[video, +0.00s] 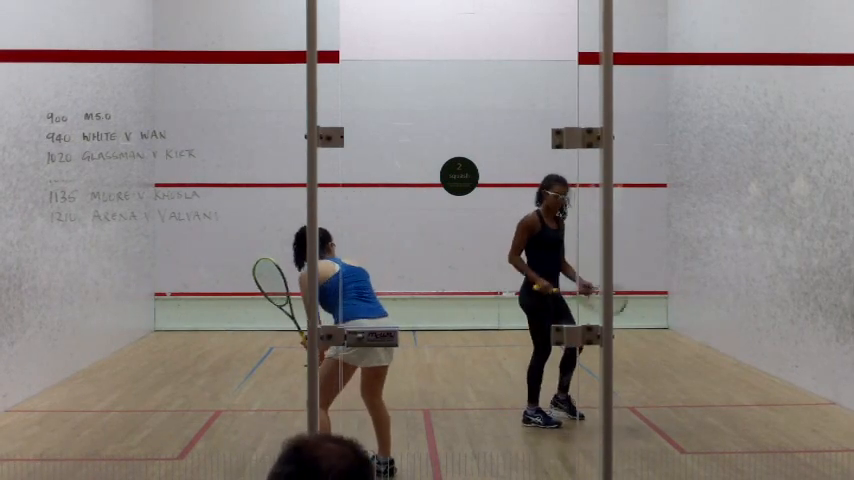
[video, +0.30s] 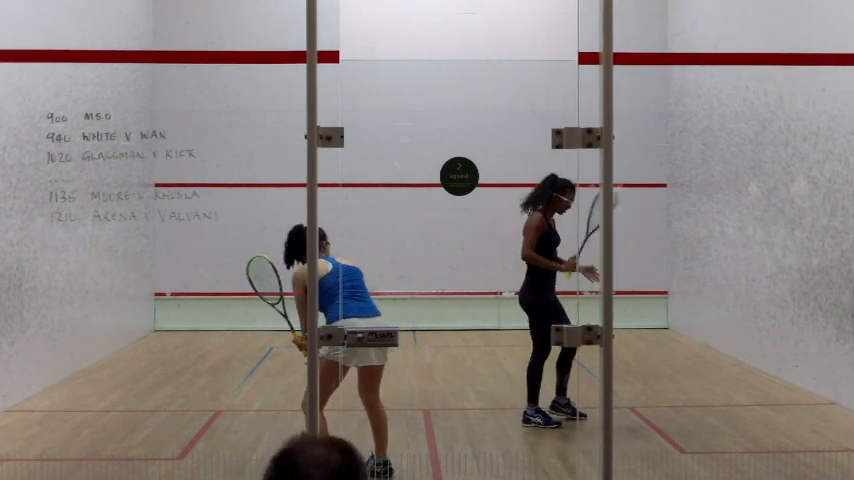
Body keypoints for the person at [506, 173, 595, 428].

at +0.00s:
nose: (563, 201)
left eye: (565, 196)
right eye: (560, 196)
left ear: (562, 198)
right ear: (545, 194)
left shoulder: (558, 222)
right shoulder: (530, 222)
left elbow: (557, 259)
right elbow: (513, 257)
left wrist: (578, 280)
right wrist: (537, 280)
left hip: (553, 293)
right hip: (533, 295)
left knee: (574, 341)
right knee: (542, 349)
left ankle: (562, 397)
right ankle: (532, 409)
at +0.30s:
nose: (569, 206)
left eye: (571, 201)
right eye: (568, 200)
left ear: (557, 199)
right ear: (554, 197)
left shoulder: (548, 221)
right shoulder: (536, 220)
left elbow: (549, 261)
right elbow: (527, 254)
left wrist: (578, 269)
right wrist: (558, 267)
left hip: (546, 294)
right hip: (535, 296)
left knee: (570, 342)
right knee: (542, 349)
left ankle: (560, 401)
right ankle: (532, 410)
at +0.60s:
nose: (574, 206)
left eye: (575, 202)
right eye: (572, 201)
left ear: (560, 200)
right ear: (559, 198)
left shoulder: (551, 222)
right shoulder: (541, 222)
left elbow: (552, 259)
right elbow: (530, 256)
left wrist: (581, 270)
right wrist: (540, 291)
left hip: (548, 293)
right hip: (536, 295)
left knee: (570, 342)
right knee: (543, 349)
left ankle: (560, 402)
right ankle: (532, 410)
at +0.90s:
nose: (578, 203)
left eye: (579, 199)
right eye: (576, 198)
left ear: (568, 198)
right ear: (564, 197)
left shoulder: (560, 221)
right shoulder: (546, 221)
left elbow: (555, 258)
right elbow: (531, 255)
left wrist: (579, 269)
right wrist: (560, 278)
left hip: (552, 292)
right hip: (540, 293)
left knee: (574, 343)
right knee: (548, 349)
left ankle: (559, 401)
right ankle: (532, 410)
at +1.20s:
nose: (587, 204)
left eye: (586, 200)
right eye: (583, 200)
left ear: (566, 200)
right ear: (572, 200)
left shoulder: (561, 226)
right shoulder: (566, 228)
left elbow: (568, 266)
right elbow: (572, 265)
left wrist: (594, 270)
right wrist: (607, 259)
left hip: (561, 294)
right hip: (564, 297)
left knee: (580, 350)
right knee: (580, 352)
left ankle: (556, 404)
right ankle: (542, 402)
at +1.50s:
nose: (599, 213)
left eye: (599, 208)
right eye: (595, 208)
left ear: (589, 210)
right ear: (586, 209)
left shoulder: (589, 232)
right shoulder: (583, 232)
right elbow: (607, 259)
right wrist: (635, 240)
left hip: (583, 302)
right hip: (590, 302)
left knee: (591, 358)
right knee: (632, 341)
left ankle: (557, 403)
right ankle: (644, 400)